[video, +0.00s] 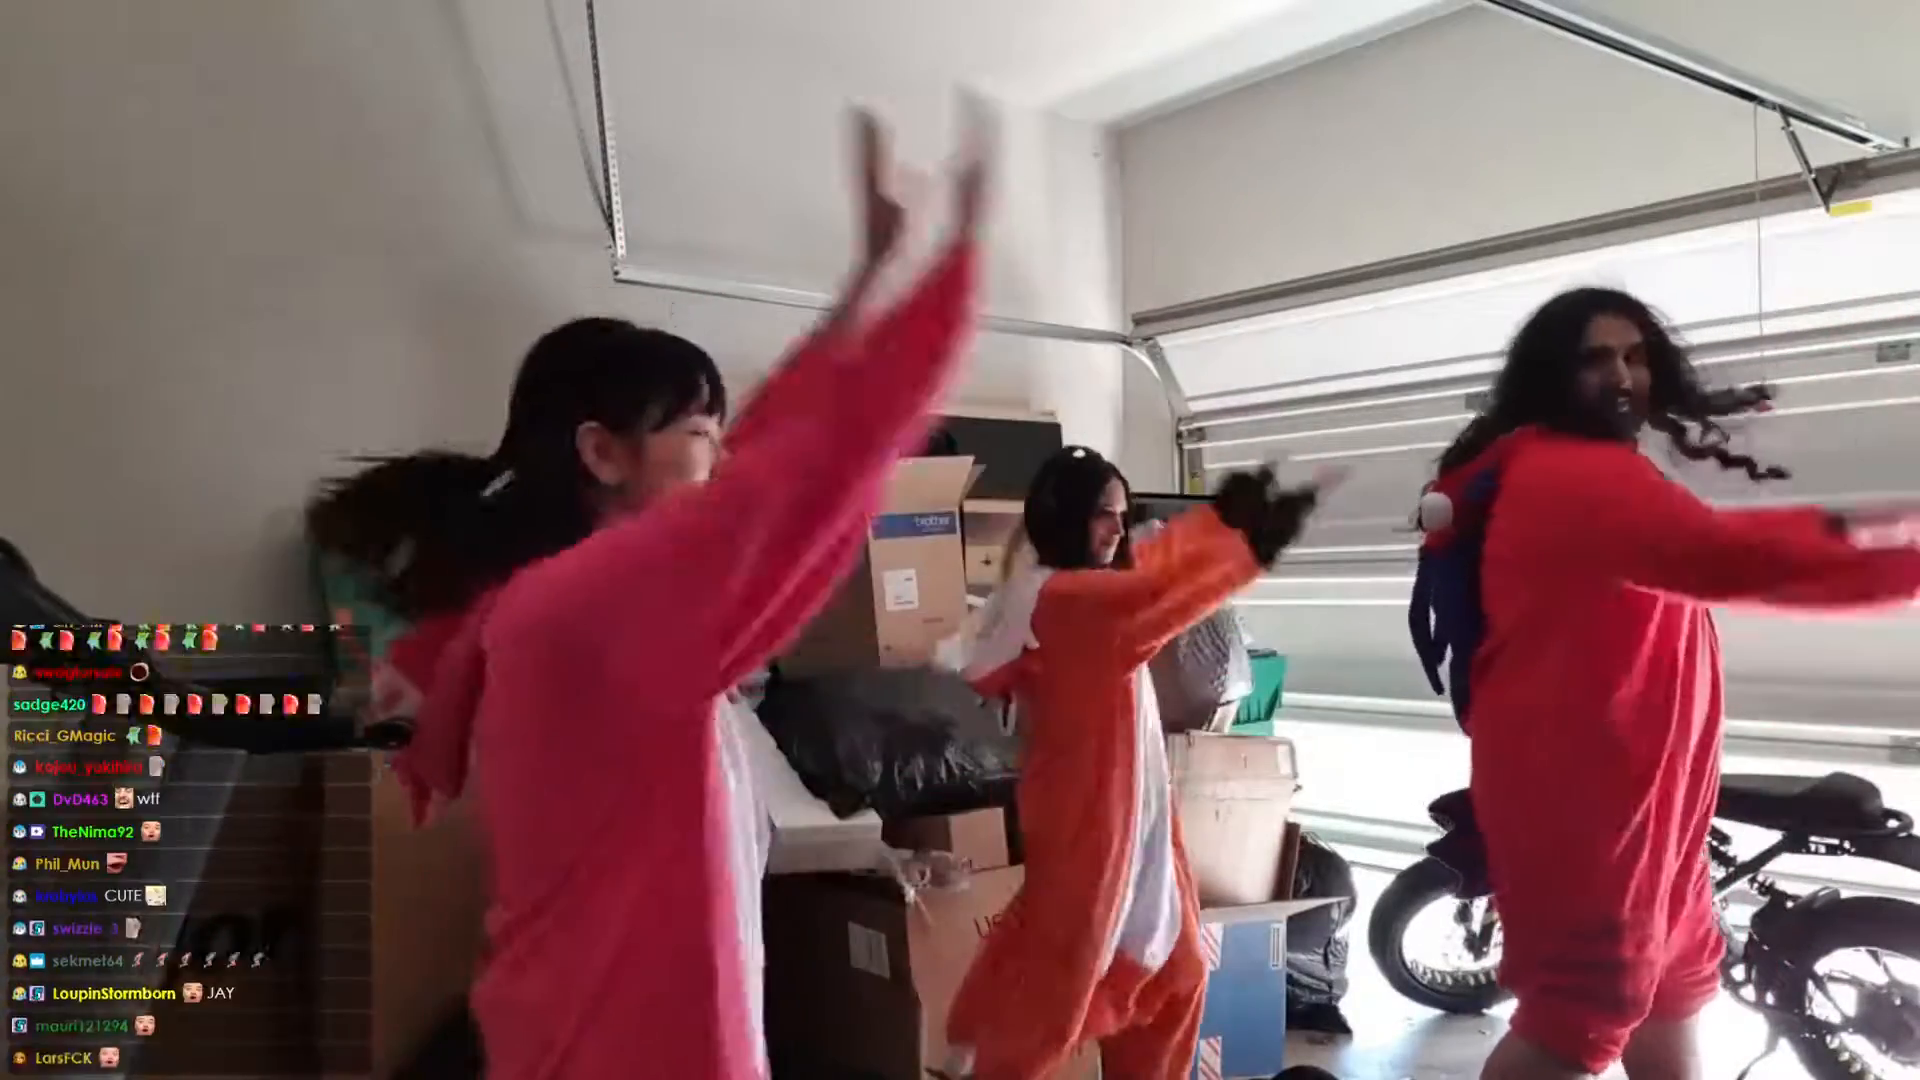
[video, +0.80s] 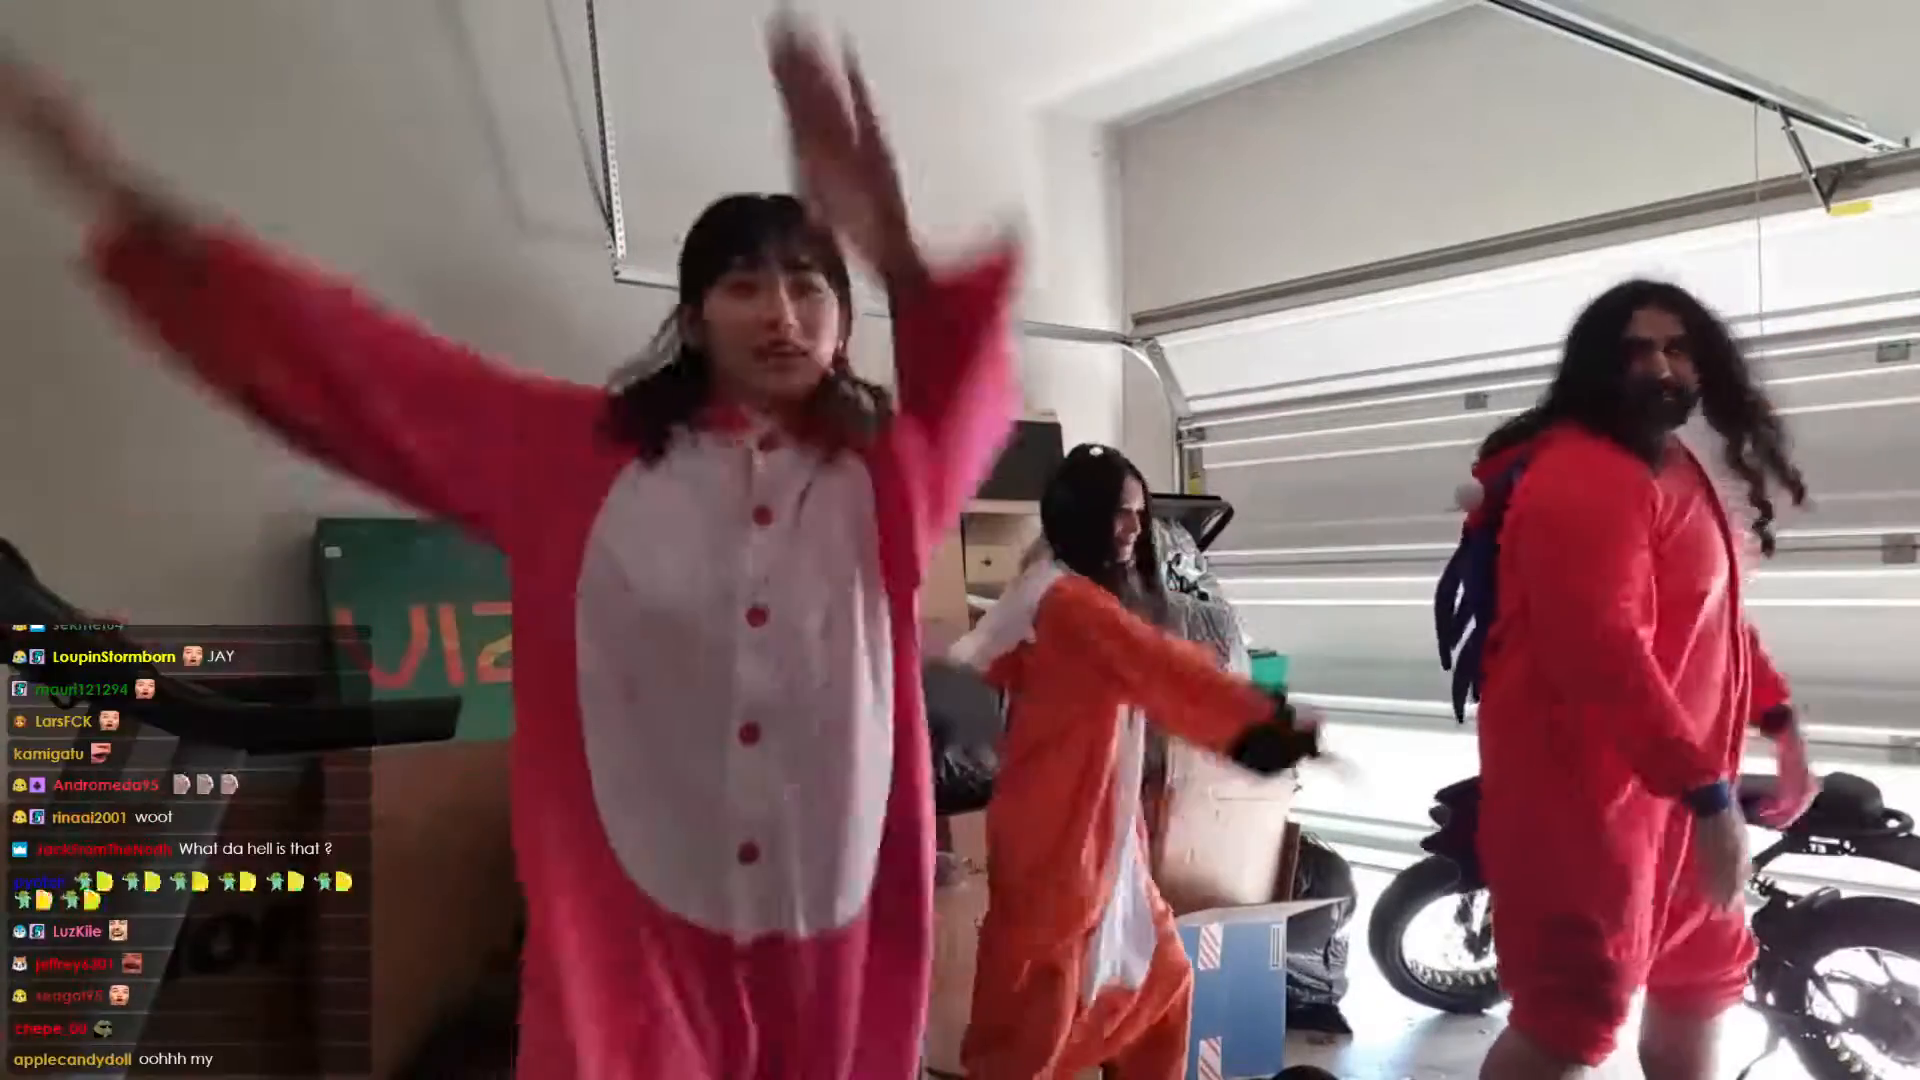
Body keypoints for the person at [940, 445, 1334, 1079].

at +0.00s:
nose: (1119, 528)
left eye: (1122, 514)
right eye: (1106, 514)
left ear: (1119, 518)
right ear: (1067, 517)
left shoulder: (1090, 586)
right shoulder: (1058, 596)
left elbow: (1160, 562)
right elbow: (1155, 591)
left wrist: (1233, 516)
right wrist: (1252, 537)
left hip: (1135, 801)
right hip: (1083, 806)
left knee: (1177, 969)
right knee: (1062, 956)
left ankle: (1154, 1070)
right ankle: (996, 1065)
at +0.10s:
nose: (1130, 550)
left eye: (1135, 535)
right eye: (1115, 537)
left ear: (1134, 533)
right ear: (1074, 541)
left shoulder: (1107, 622)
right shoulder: (1076, 627)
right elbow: (1155, 569)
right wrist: (1174, 445)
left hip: (1158, 821)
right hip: (1105, 830)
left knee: (1211, 974)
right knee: (1085, 982)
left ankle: (1170, 1071)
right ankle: (1013, 1061)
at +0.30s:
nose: (1133, 534)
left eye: (1136, 519)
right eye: (1117, 520)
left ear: (1143, 523)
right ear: (1080, 526)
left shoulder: (1097, 600)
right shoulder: (1067, 606)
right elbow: (1159, 583)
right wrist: (1262, 497)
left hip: (1139, 803)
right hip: (1085, 814)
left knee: (1193, 966)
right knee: (1095, 983)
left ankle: (1180, 1071)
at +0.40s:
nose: (1132, 519)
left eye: (1136, 505)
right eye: (1116, 505)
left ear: (1140, 510)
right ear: (1075, 512)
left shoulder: (1108, 586)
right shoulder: (1056, 590)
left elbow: (1185, 587)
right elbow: (1151, 617)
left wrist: (1267, 607)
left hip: (1112, 795)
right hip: (1050, 799)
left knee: (1151, 943)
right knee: (1048, 961)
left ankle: (1157, 1068)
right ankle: (1002, 1067)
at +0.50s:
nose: (1143, 540)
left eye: (1148, 526)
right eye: (1130, 523)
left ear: (1148, 530)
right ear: (1087, 525)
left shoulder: (1091, 604)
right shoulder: (1061, 605)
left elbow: (1159, 675)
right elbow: (1147, 684)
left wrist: (1220, 729)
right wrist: (1218, 762)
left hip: (1081, 823)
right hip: (1025, 822)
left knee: (1136, 979)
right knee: (1018, 986)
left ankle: (1138, 1073)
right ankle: (985, 1075)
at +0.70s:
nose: (1147, 553)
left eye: (1149, 539)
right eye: (1135, 539)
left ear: (1070, 543)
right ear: (1096, 541)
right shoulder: (1080, 629)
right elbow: (1112, 761)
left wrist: (1154, 840)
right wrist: (1152, 875)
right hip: (1055, 871)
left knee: (1160, 979)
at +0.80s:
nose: (1134, 529)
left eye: (1140, 515)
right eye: (1121, 513)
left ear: (1143, 518)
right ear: (1080, 516)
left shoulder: (1091, 597)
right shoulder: (1065, 599)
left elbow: (1173, 667)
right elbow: (1156, 666)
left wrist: (1255, 716)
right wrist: (1263, 727)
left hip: (1108, 833)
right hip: (1053, 835)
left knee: (1162, 977)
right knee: (1033, 1004)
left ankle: (1148, 1074)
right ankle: (1004, 1070)